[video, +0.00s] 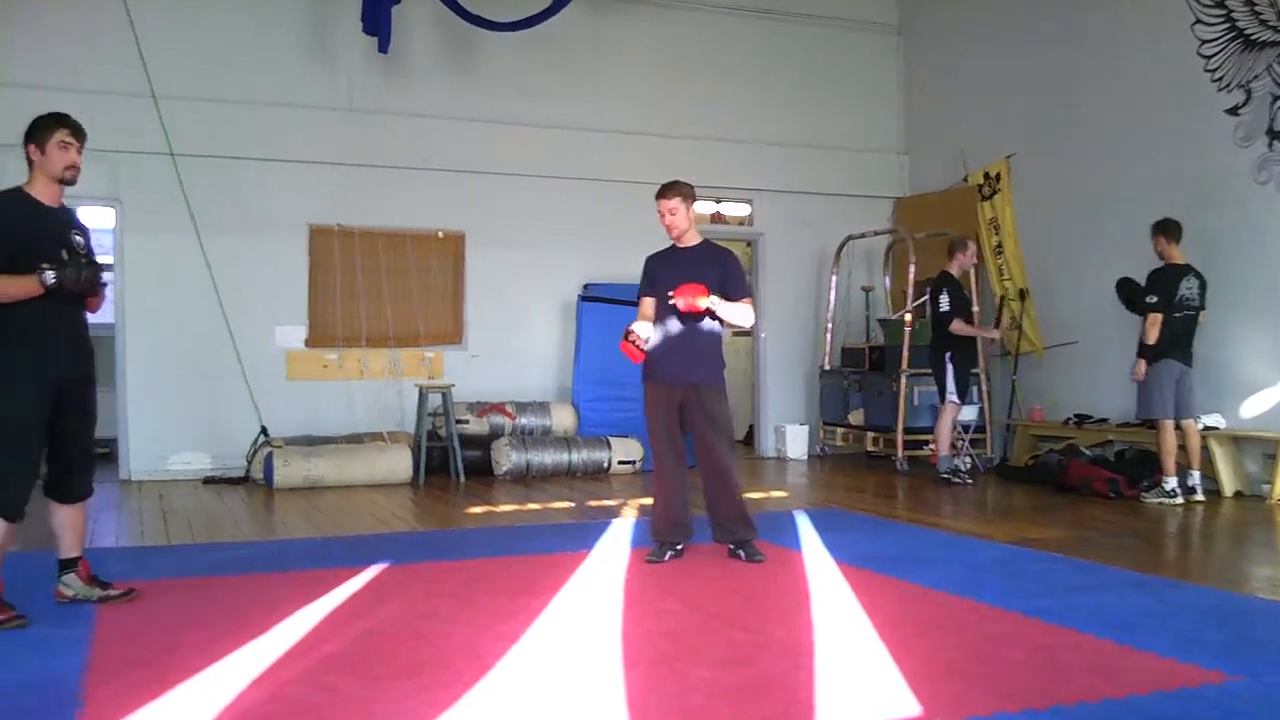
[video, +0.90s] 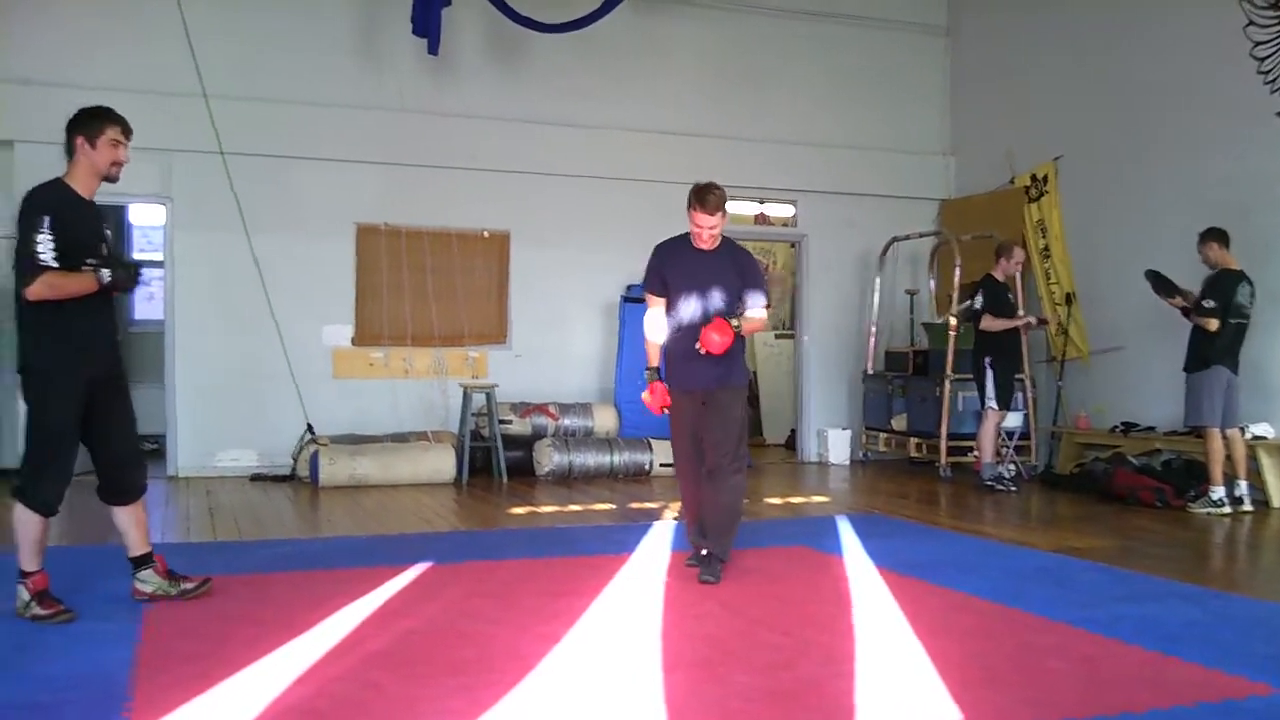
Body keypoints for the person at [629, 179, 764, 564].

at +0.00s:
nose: (666, 220)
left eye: (673, 212)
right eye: (661, 214)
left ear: (692, 210)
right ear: (659, 216)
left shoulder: (722, 258)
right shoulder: (655, 263)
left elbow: (746, 317)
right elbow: (646, 317)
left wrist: (711, 302)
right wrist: (638, 335)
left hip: (705, 376)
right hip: (660, 376)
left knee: (719, 457)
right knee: (666, 460)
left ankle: (738, 536)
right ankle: (670, 538)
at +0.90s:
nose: (706, 235)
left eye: (713, 228)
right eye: (699, 228)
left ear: (724, 219)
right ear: (689, 217)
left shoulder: (741, 260)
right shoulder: (666, 255)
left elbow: (759, 316)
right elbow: (655, 317)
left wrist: (734, 328)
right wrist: (654, 375)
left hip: (726, 382)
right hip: (681, 380)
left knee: (722, 464)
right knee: (688, 463)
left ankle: (716, 552)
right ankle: (701, 544)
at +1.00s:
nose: (725, 238)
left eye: (733, 232)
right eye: (719, 230)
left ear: (746, 222)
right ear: (710, 217)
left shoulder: (761, 264)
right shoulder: (685, 252)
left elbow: (775, 318)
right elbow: (667, 312)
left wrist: (748, 332)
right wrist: (664, 370)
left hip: (738, 385)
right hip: (691, 382)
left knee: (735, 465)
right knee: (700, 464)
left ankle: (726, 552)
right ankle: (711, 544)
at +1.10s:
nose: (741, 236)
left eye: (749, 230)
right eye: (735, 227)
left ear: (761, 220)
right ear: (725, 212)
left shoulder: (770, 261)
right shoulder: (695, 247)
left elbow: (786, 317)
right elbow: (674, 306)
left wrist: (759, 331)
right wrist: (673, 364)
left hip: (747, 383)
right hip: (700, 379)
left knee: (742, 463)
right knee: (710, 462)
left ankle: (736, 550)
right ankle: (725, 533)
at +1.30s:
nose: (733, 231)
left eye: (742, 225)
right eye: (728, 222)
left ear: (755, 216)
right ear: (718, 208)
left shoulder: (766, 259)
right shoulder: (692, 239)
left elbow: (784, 320)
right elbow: (674, 299)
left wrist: (753, 329)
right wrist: (666, 357)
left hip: (737, 378)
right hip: (689, 372)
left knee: (739, 464)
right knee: (688, 451)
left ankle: (733, 548)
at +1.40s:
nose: (724, 229)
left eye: (734, 223)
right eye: (719, 220)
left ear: (749, 214)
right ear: (711, 206)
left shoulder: (761, 258)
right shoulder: (690, 237)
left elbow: (783, 319)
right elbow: (673, 296)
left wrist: (747, 329)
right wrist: (661, 351)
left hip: (732, 376)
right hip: (685, 371)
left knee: (738, 464)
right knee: (682, 448)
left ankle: (732, 548)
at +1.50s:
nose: (714, 228)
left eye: (723, 222)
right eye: (709, 219)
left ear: (740, 211)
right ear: (701, 206)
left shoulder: (755, 256)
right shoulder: (686, 236)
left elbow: (777, 319)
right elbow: (670, 297)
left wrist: (737, 325)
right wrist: (654, 353)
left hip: (726, 374)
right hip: (680, 367)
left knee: (732, 462)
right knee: (662, 443)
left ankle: (733, 546)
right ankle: (706, 484)